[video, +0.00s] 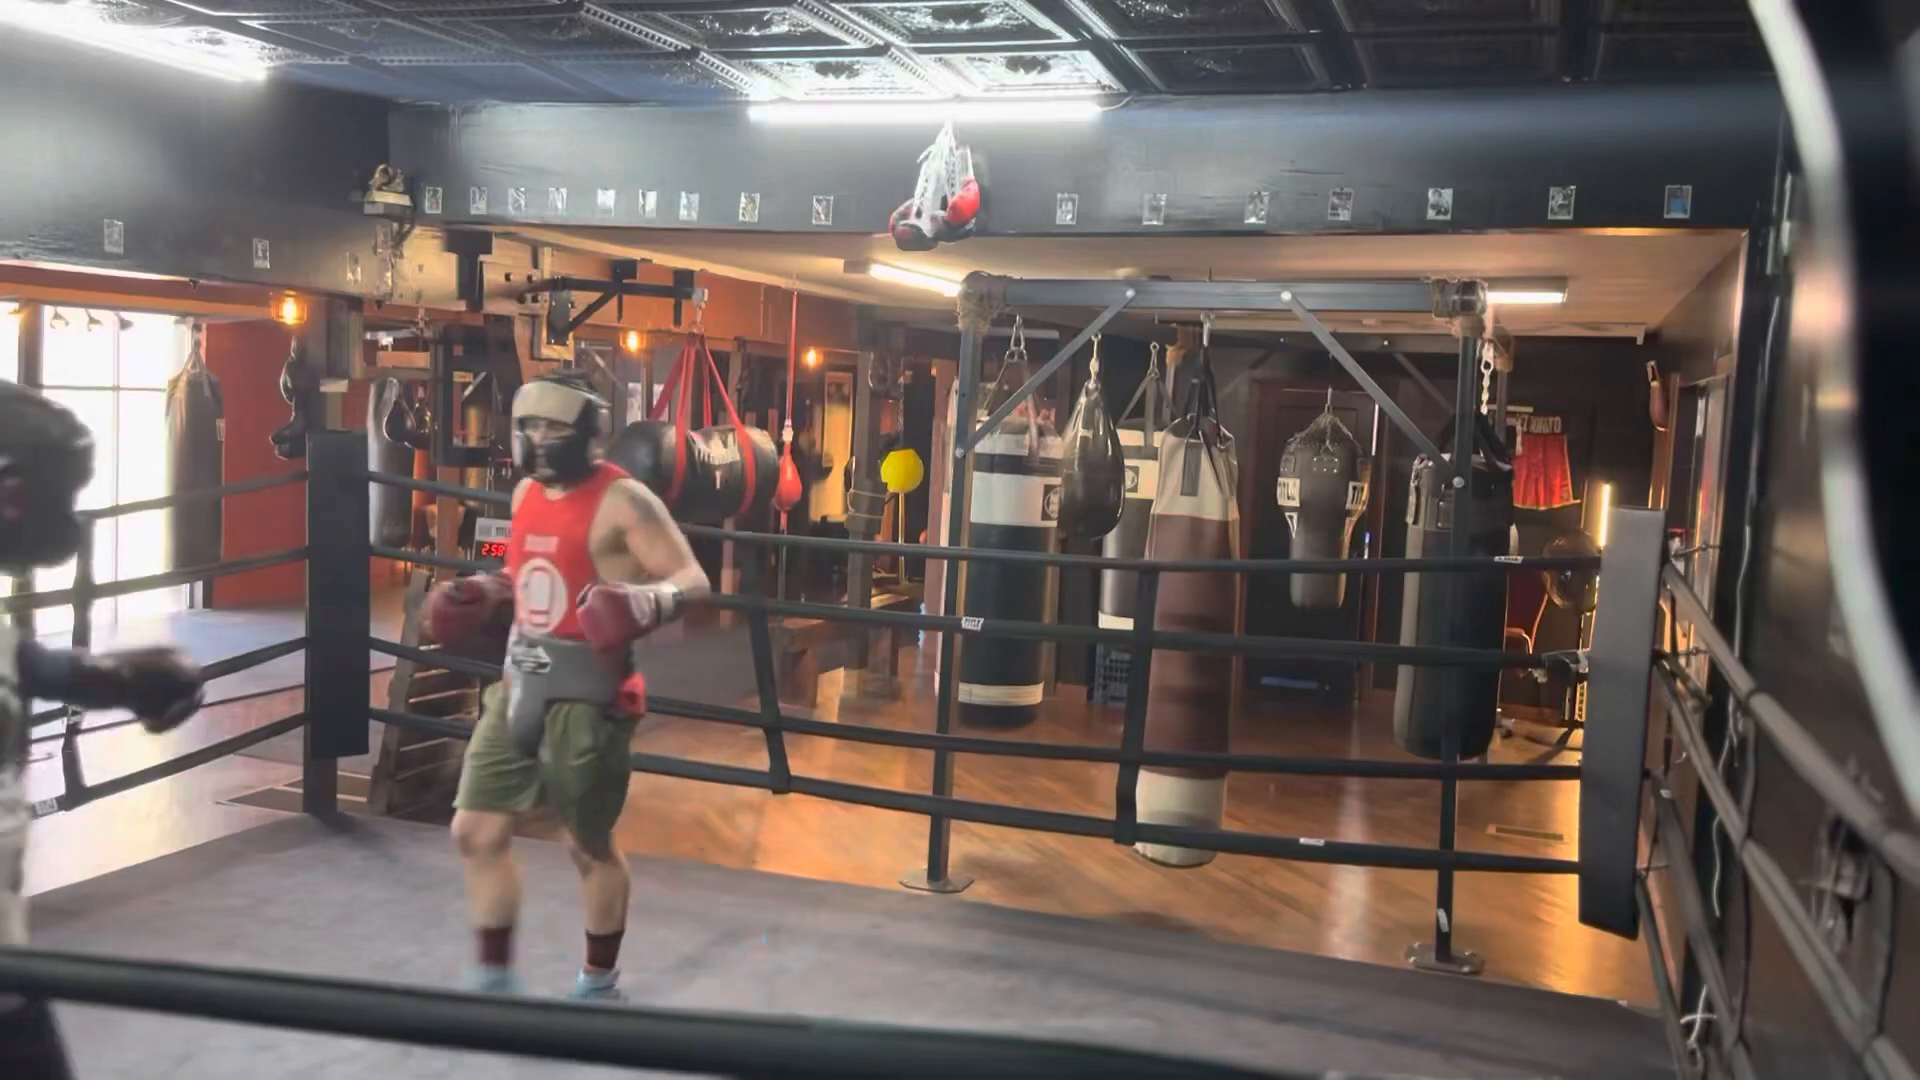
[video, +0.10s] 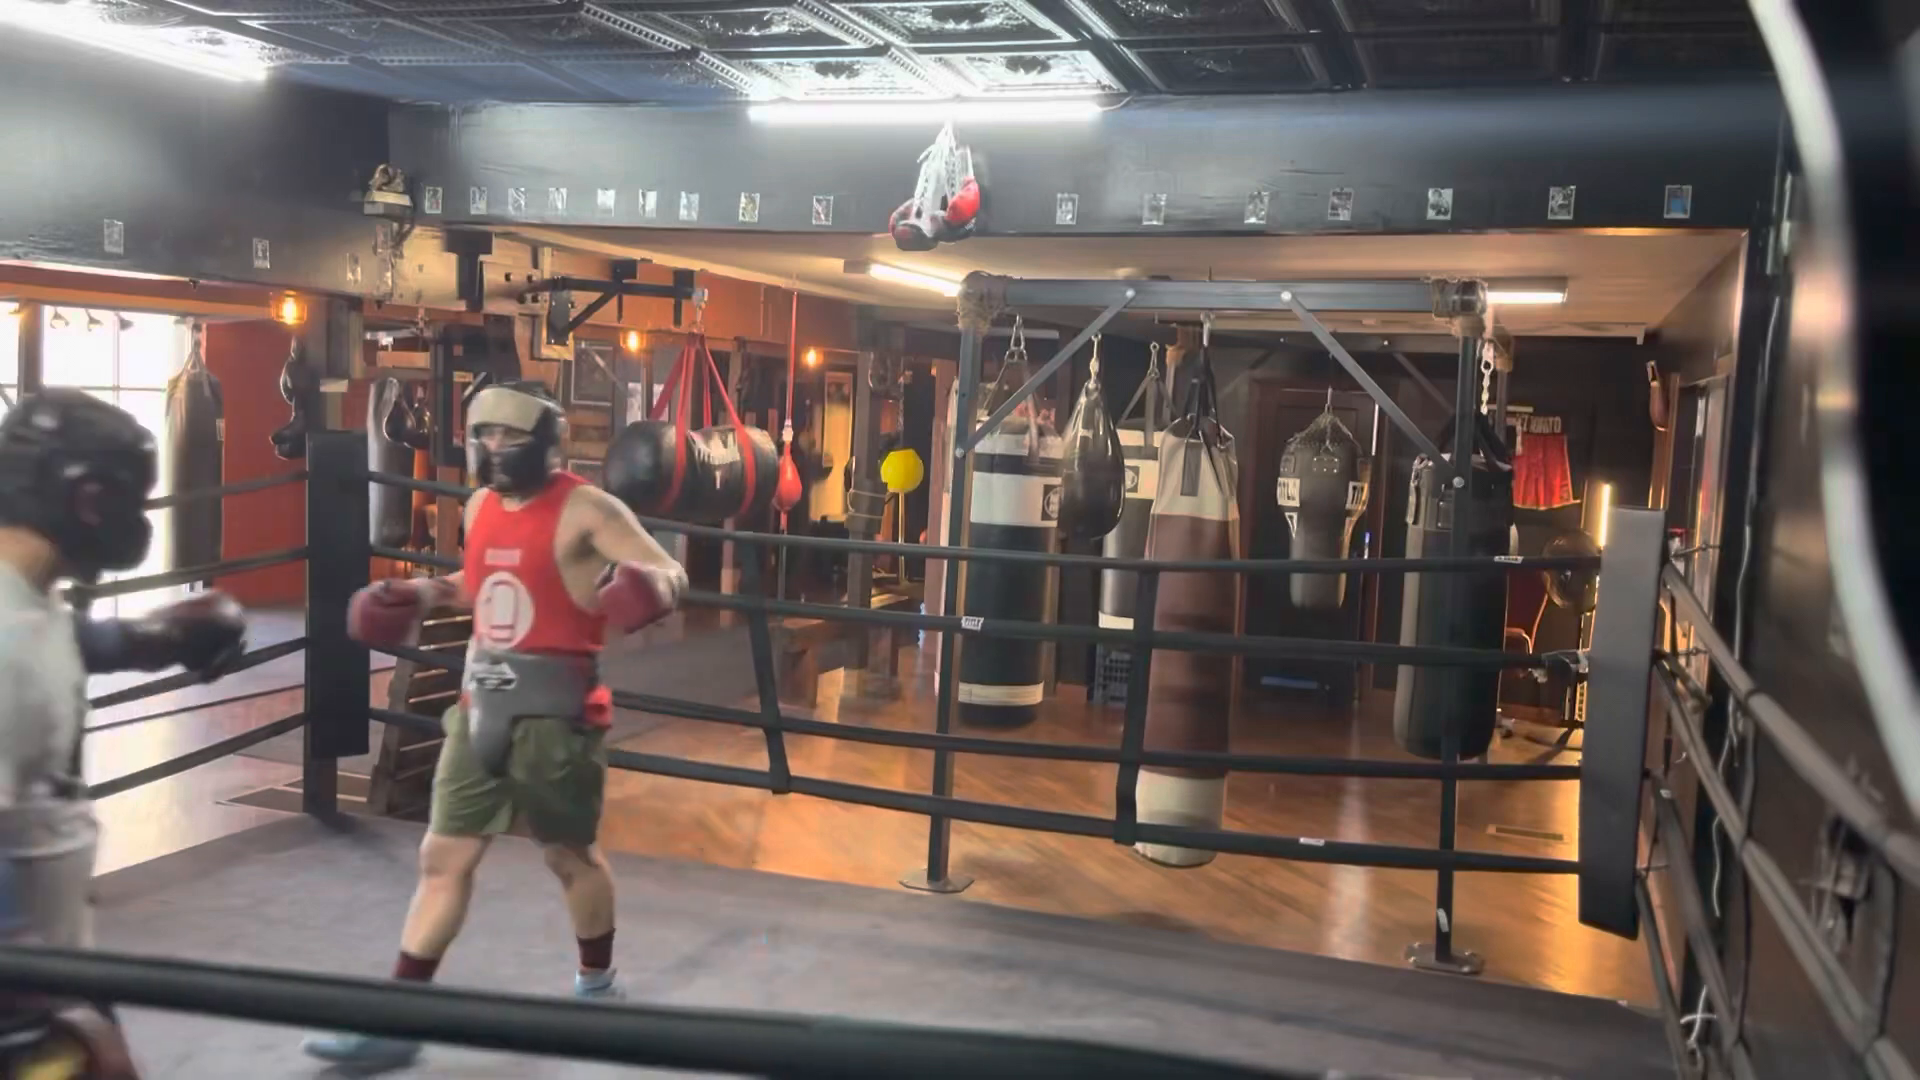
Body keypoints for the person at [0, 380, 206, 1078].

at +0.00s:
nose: (79, 525)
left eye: (79, 498)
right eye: (68, 499)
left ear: (13, 497)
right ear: (12, 496)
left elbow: (12, 658)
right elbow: (20, 659)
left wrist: (109, 679)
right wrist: (110, 681)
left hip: (11, 954)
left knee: (44, 1067)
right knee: (42, 1067)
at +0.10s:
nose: (142, 518)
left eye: (142, 500)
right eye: (134, 499)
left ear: (73, 494)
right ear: (84, 497)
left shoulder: (30, 604)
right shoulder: (16, 640)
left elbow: (47, 640)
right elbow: (12, 851)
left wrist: (160, 640)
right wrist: (58, 1012)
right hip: (15, 996)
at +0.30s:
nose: (299, 522)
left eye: (296, 501)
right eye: (291, 500)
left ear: (180, 497)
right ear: (251, 508)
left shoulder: (114, 588)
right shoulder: (173, 624)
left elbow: (218, 626)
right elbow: (189, 816)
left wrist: (294, 596)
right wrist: (315, 954)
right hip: (157, 926)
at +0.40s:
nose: (374, 510)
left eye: (374, 491)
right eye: (368, 491)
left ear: (258, 485)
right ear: (331, 494)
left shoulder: (201, 570)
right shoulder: (259, 607)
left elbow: (263, 631)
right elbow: (275, 795)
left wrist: (357, 577)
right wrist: (398, 926)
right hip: (234, 967)